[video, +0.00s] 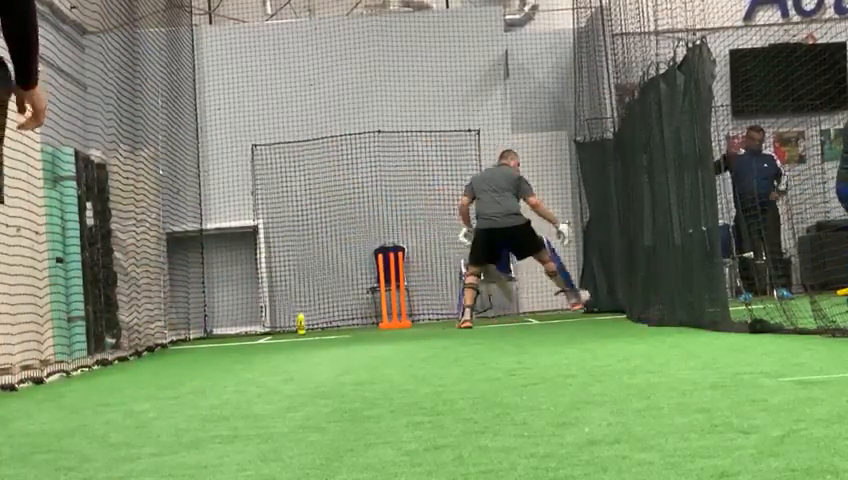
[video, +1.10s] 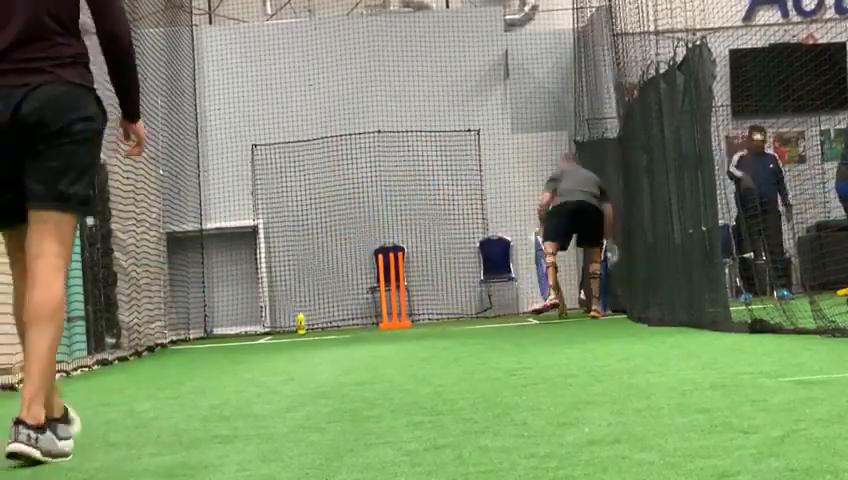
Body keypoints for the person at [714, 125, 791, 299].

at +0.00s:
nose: (756, 143)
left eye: (759, 141)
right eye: (752, 140)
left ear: (763, 142)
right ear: (745, 140)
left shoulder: (768, 160)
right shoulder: (735, 159)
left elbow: (781, 180)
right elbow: (713, 170)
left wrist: (779, 192)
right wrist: (727, 155)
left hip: (767, 210)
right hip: (744, 211)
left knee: (773, 247)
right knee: (744, 250)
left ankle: (779, 286)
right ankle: (749, 289)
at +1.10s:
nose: (759, 144)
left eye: (762, 141)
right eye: (755, 140)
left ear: (765, 141)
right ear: (749, 141)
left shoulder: (772, 158)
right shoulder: (740, 157)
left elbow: (780, 182)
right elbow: (731, 172)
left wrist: (786, 203)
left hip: (770, 209)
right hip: (748, 210)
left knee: (775, 247)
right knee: (746, 250)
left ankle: (781, 286)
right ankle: (749, 289)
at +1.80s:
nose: (758, 144)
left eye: (761, 141)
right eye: (755, 141)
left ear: (764, 142)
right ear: (746, 140)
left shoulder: (771, 159)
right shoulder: (736, 160)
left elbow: (780, 183)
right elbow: (727, 185)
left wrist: (785, 205)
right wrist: (732, 208)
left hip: (771, 210)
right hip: (747, 212)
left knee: (776, 248)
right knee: (748, 251)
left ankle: (783, 286)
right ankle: (749, 289)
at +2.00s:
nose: (758, 144)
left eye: (761, 141)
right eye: (754, 141)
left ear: (764, 142)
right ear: (746, 141)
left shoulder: (771, 159)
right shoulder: (735, 160)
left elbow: (779, 183)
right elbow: (726, 185)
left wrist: (783, 205)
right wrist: (732, 209)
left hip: (770, 210)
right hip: (746, 211)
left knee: (775, 247)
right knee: (748, 250)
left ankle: (781, 285)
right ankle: (749, 289)